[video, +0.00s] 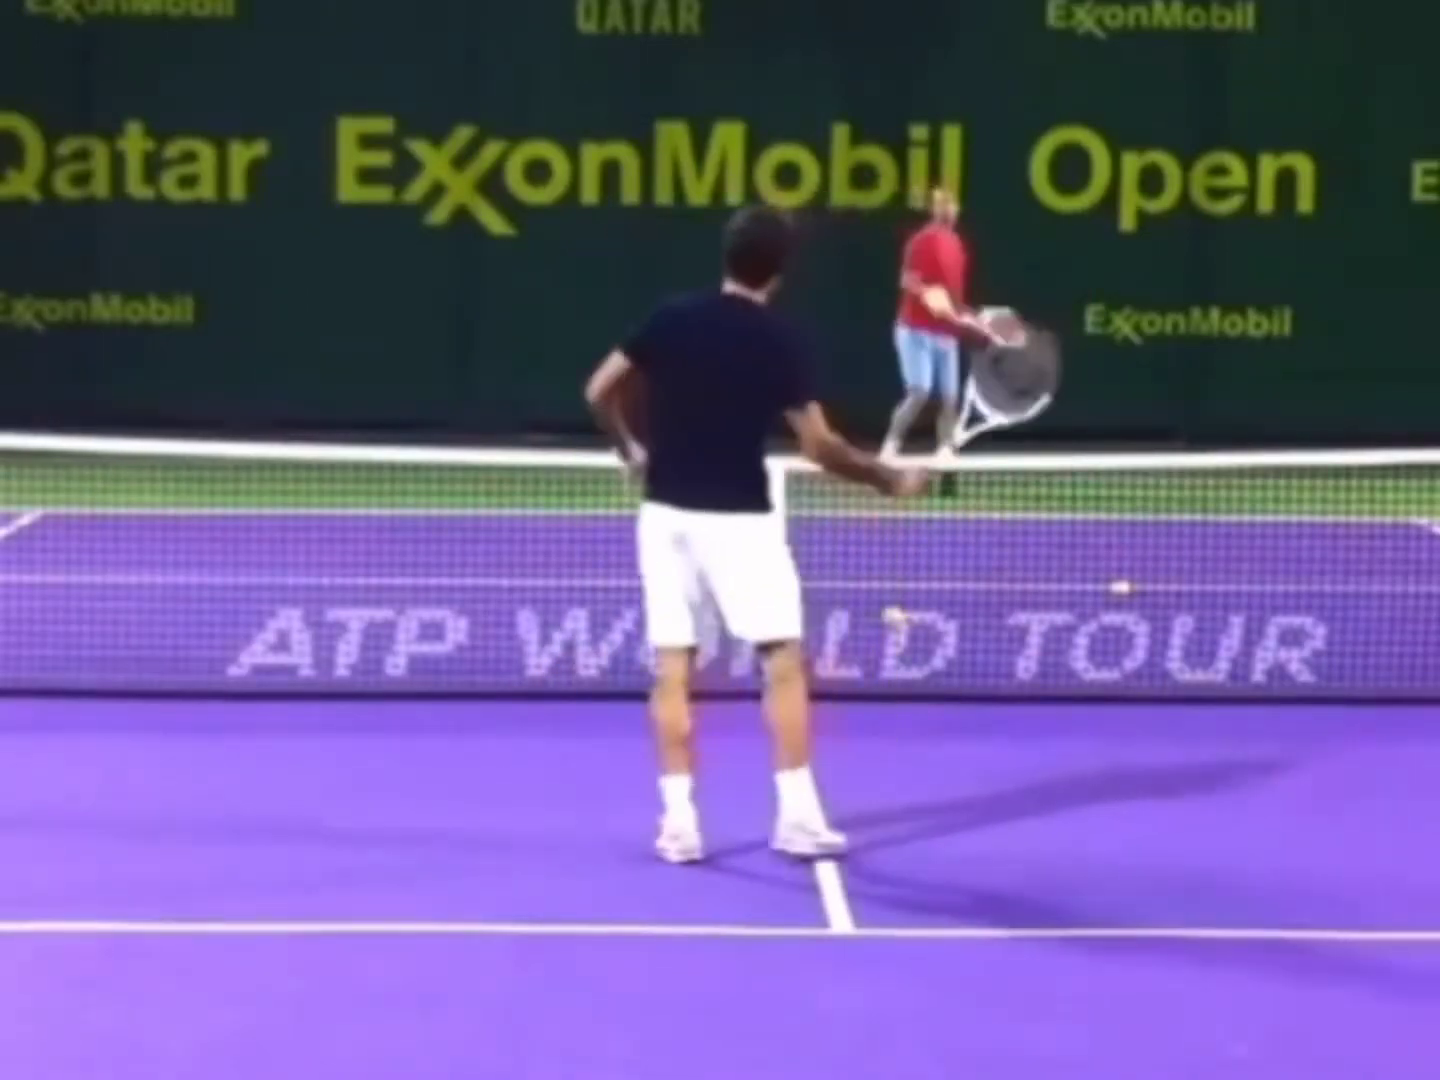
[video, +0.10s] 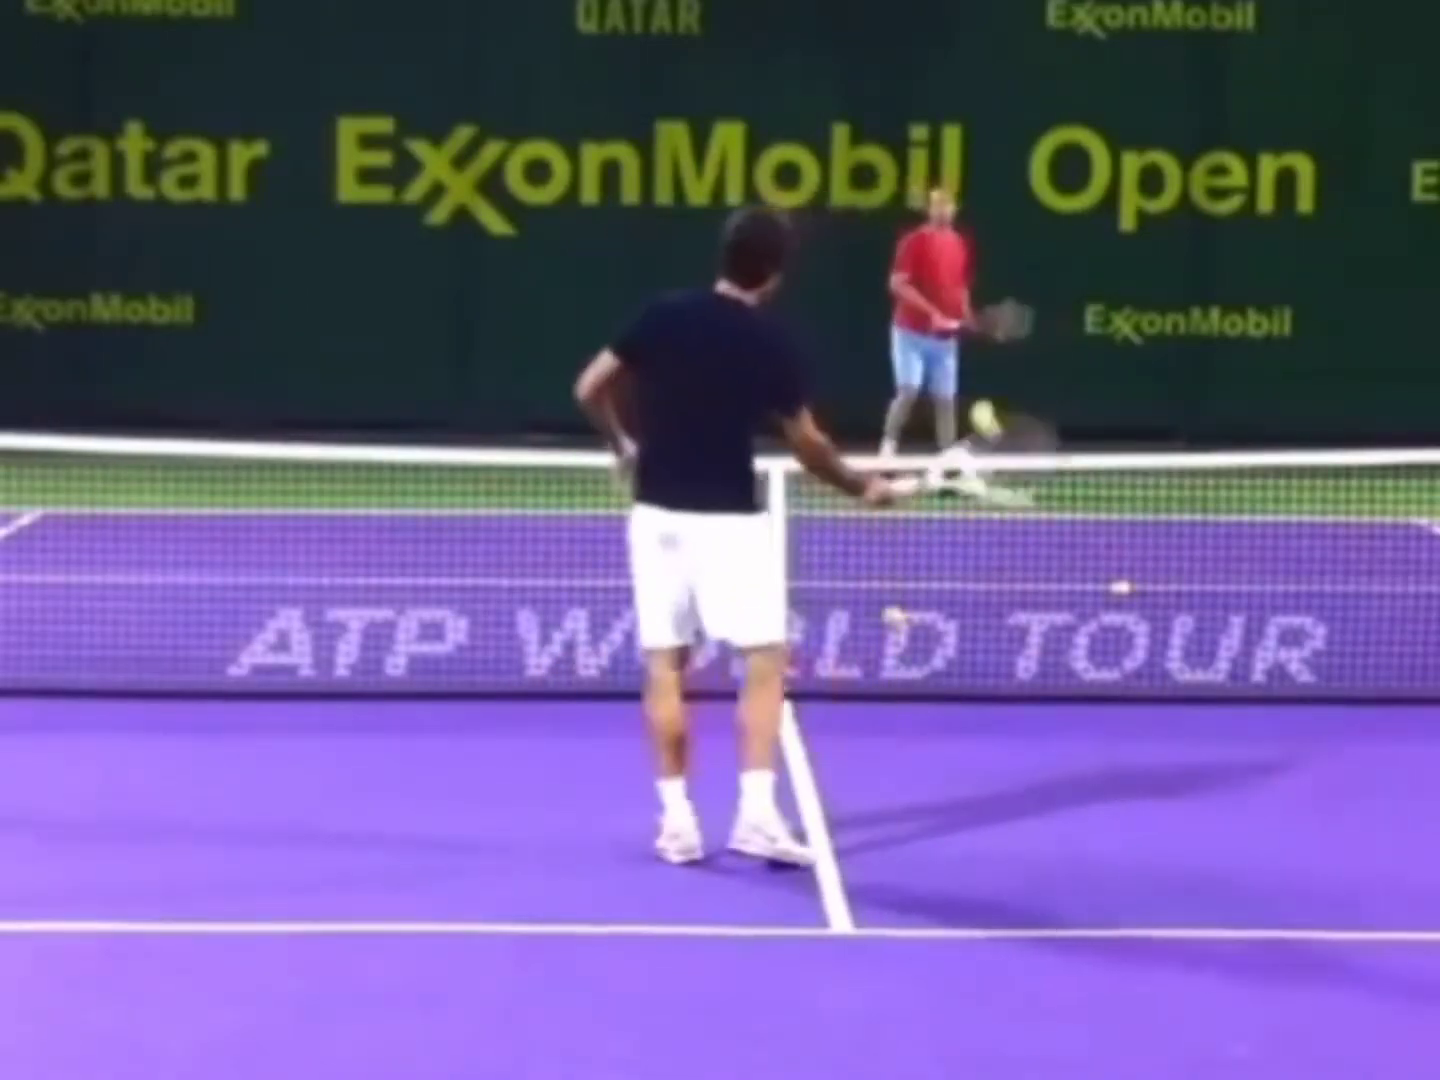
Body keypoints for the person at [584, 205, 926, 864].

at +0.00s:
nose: (779, 272)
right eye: (781, 263)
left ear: (725, 260)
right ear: (780, 270)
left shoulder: (675, 319)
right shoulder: (777, 338)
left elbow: (599, 392)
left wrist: (633, 452)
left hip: (666, 516)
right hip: (741, 522)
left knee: (672, 667)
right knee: (783, 660)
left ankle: (678, 818)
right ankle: (797, 813)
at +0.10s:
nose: (777, 279)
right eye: (779, 270)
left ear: (722, 260)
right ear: (774, 274)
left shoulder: (666, 316)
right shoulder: (767, 341)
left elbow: (591, 389)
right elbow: (803, 441)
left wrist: (625, 446)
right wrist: (862, 487)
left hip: (657, 517)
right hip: (733, 523)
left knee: (664, 666)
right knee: (764, 662)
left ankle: (675, 815)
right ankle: (758, 810)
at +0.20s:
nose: (778, 281)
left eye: (775, 269)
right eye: (779, 272)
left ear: (720, 258)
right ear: (769, 276)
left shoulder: (661, 315)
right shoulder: (760, 342)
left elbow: (589, 389)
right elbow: (784, 441)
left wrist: (631, 432)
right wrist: (827, 486)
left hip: (650, 516)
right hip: (721, 521)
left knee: (660, 672)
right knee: (734, 668)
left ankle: (676, 815)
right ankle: (724, 813)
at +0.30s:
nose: (771, 281)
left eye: (765, 268)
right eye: (774, 272)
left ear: (714, 261)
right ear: (768, 277)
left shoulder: (659, 317)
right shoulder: (765, 348)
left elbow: (588, 389)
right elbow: (767, 446)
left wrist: (634, 424)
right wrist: (773, 453)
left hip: (646, 515)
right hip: (716, 522)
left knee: (659, 671)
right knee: (715, 672)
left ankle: (673, 813)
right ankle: (698, 812)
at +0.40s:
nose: (771, 285)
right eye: (773, 275)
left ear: (712, 263)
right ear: (769, 280)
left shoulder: (658, 318)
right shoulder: (766, 355)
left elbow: (587, 398)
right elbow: (755, 441)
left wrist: (636, 426)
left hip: (639, 520)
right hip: (711, 528)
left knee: (656, 673)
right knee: (708, 678)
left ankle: (673, 814)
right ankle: (693, 823)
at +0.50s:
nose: (765, 287)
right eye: (767, 278)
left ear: (707, 268)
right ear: (764, 285)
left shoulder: (654, 323)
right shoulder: (765, 358)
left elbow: (596, 408)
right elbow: (763, 450)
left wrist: (652, 413)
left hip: (633, 523)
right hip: (707, 530)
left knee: (649, 676)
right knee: (697, 683)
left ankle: (665, 811)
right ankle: (690, 827)